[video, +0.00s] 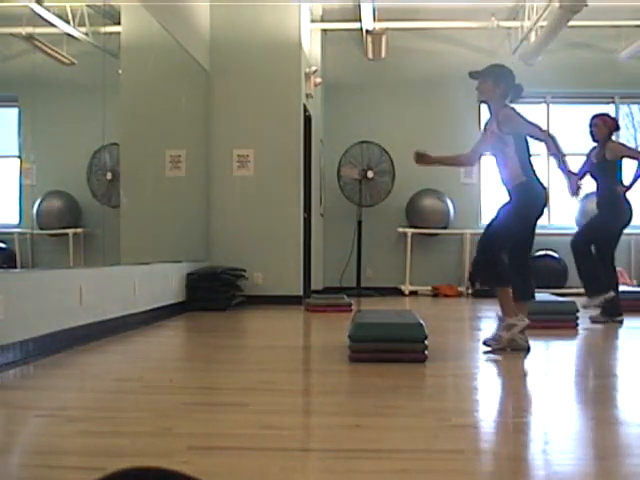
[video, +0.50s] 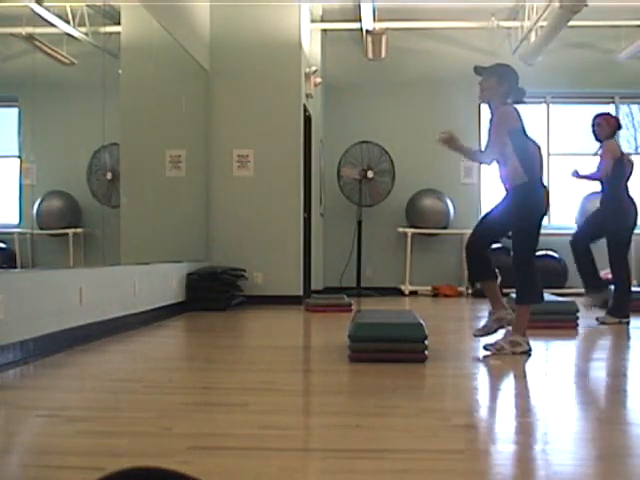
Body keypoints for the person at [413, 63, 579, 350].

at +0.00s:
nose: (478, 85)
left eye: (483, 81)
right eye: (479, 81)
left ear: (499, 87)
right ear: (494, 88)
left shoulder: (507, 116)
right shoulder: (492, 125)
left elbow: (546, 137)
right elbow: (470, 159)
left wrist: (567, 173)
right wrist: (432, 160)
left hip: (526, 195)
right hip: (523, 197)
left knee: (488, 249)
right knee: (517, 261)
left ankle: (510, 320)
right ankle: (518, 335)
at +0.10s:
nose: (477, 85)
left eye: (482, 80)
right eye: (478, 80)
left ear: (499, 86)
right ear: (494, 87)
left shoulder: (507, 115)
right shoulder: (492, 123)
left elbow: (545, 137)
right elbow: (471, 160)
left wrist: (568, 177)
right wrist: (434, 164)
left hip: (524, 194)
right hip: (520, 195)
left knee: (486, 249)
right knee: (517, 259)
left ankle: (508, 318)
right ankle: (517, 332)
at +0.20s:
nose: (479, 86)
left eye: (484, 81)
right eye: (480, 81)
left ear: (500, 85)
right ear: (494, 86)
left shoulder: (510, 113)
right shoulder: (496, 118)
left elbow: (535, 156)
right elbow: (495, 162)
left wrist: (535, 201)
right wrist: (468, 190)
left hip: (519, 191)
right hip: (507, 192)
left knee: (506, 257)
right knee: (502, 258)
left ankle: (517, 332)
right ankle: (511, 330)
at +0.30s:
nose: (481, 84)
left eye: (487, 80)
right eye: (481, 80)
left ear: (503, 83)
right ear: (492, 84)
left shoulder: (511, 113)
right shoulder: (498, 115)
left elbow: (512, 164)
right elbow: (502, 166)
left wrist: (490, 198)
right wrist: (486, 199)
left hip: (519, 190)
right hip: (507, 190)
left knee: (511, 258)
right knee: (499, 258)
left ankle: (518, 334)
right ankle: (511, 329)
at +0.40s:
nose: (479, 86)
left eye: (484, 82)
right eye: (480, 82)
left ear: (501, 86)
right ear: (497, 87)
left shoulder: (504, 113)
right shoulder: (502, 115)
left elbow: (498, 154)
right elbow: (494, 157)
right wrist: (458, 169)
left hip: (524, 194)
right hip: (520, 194)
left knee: (522, 262)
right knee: (479, 250)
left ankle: (517, 336)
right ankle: (502, 319)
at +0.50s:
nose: (480, 84)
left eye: (486, 80)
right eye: (481, 80)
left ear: (502, 87)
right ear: (499, 88)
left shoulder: (504, 113)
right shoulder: (501, 115)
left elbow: (496, 152)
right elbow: (490, 156)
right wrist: (461, 148)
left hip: (525, 196)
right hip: (519, 195)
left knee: (523, 262)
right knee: (475, 245)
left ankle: (518, 337)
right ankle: (499, 310)